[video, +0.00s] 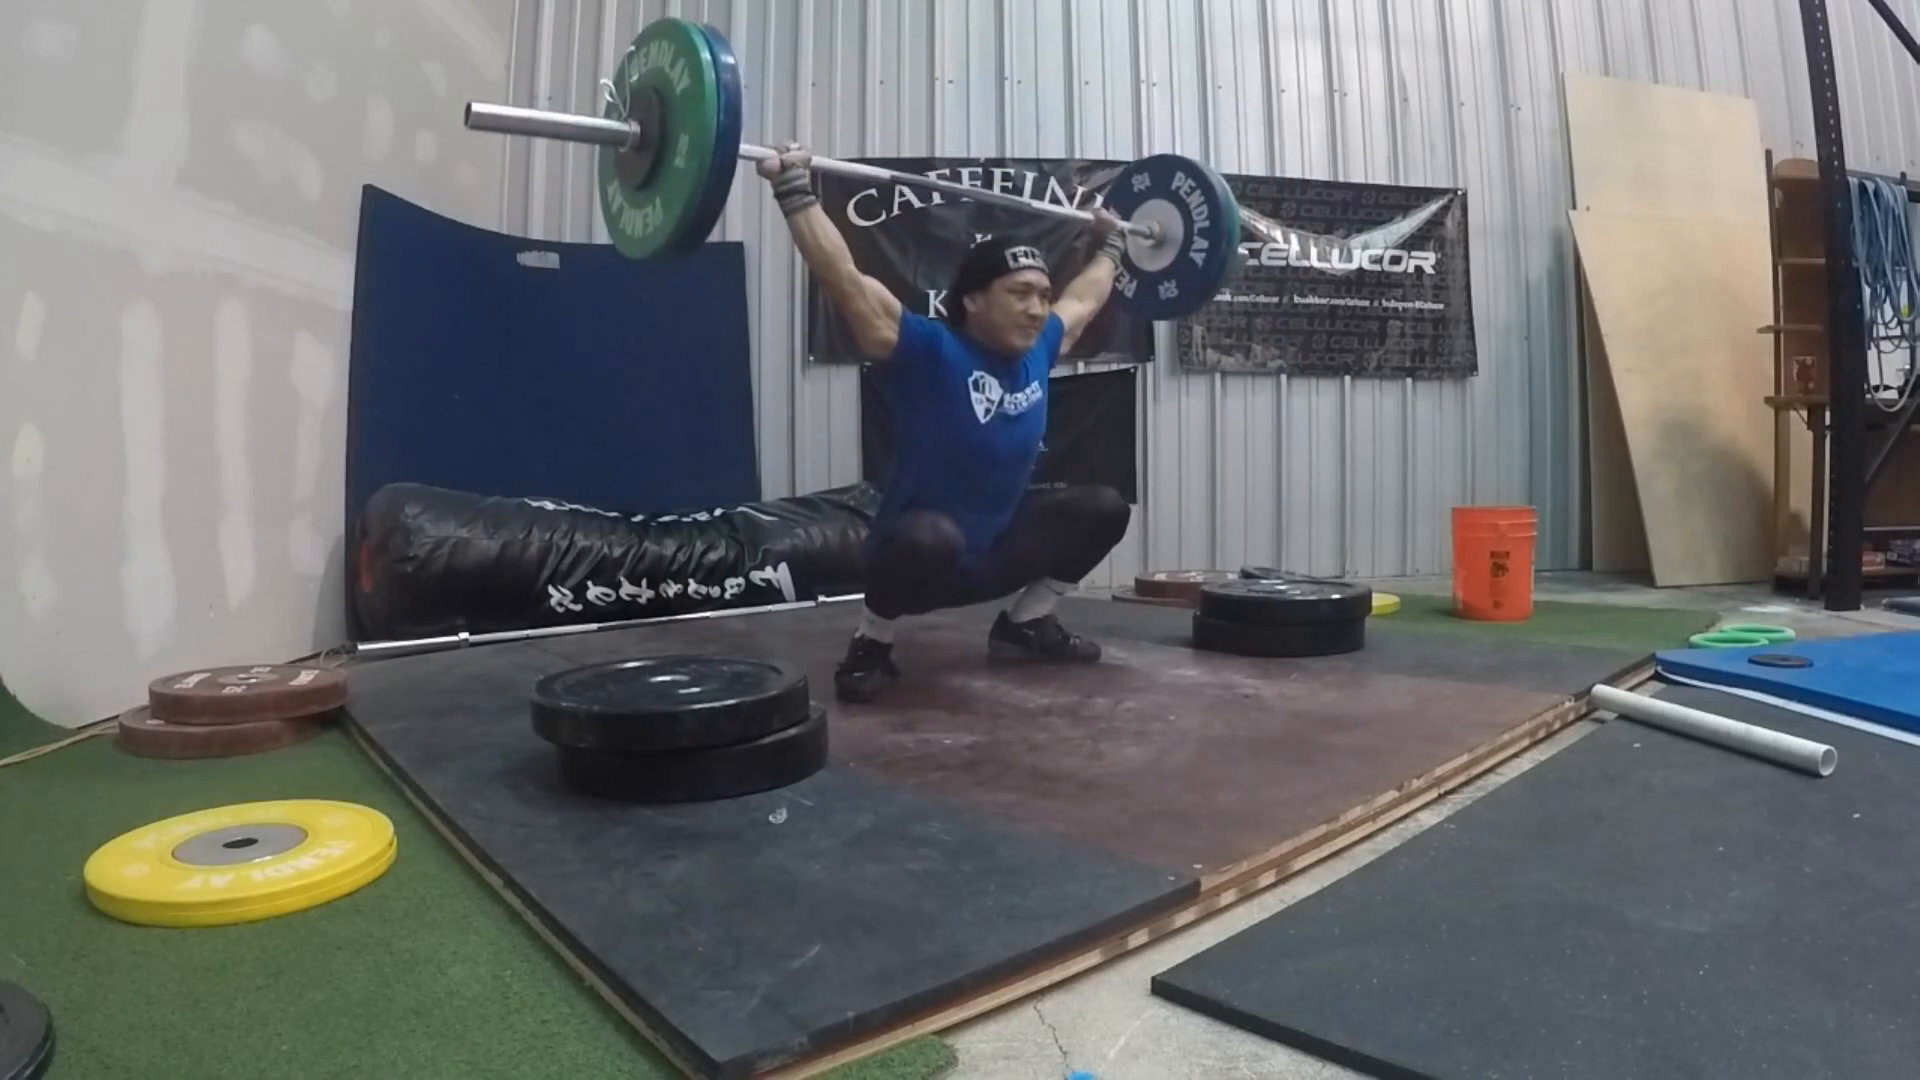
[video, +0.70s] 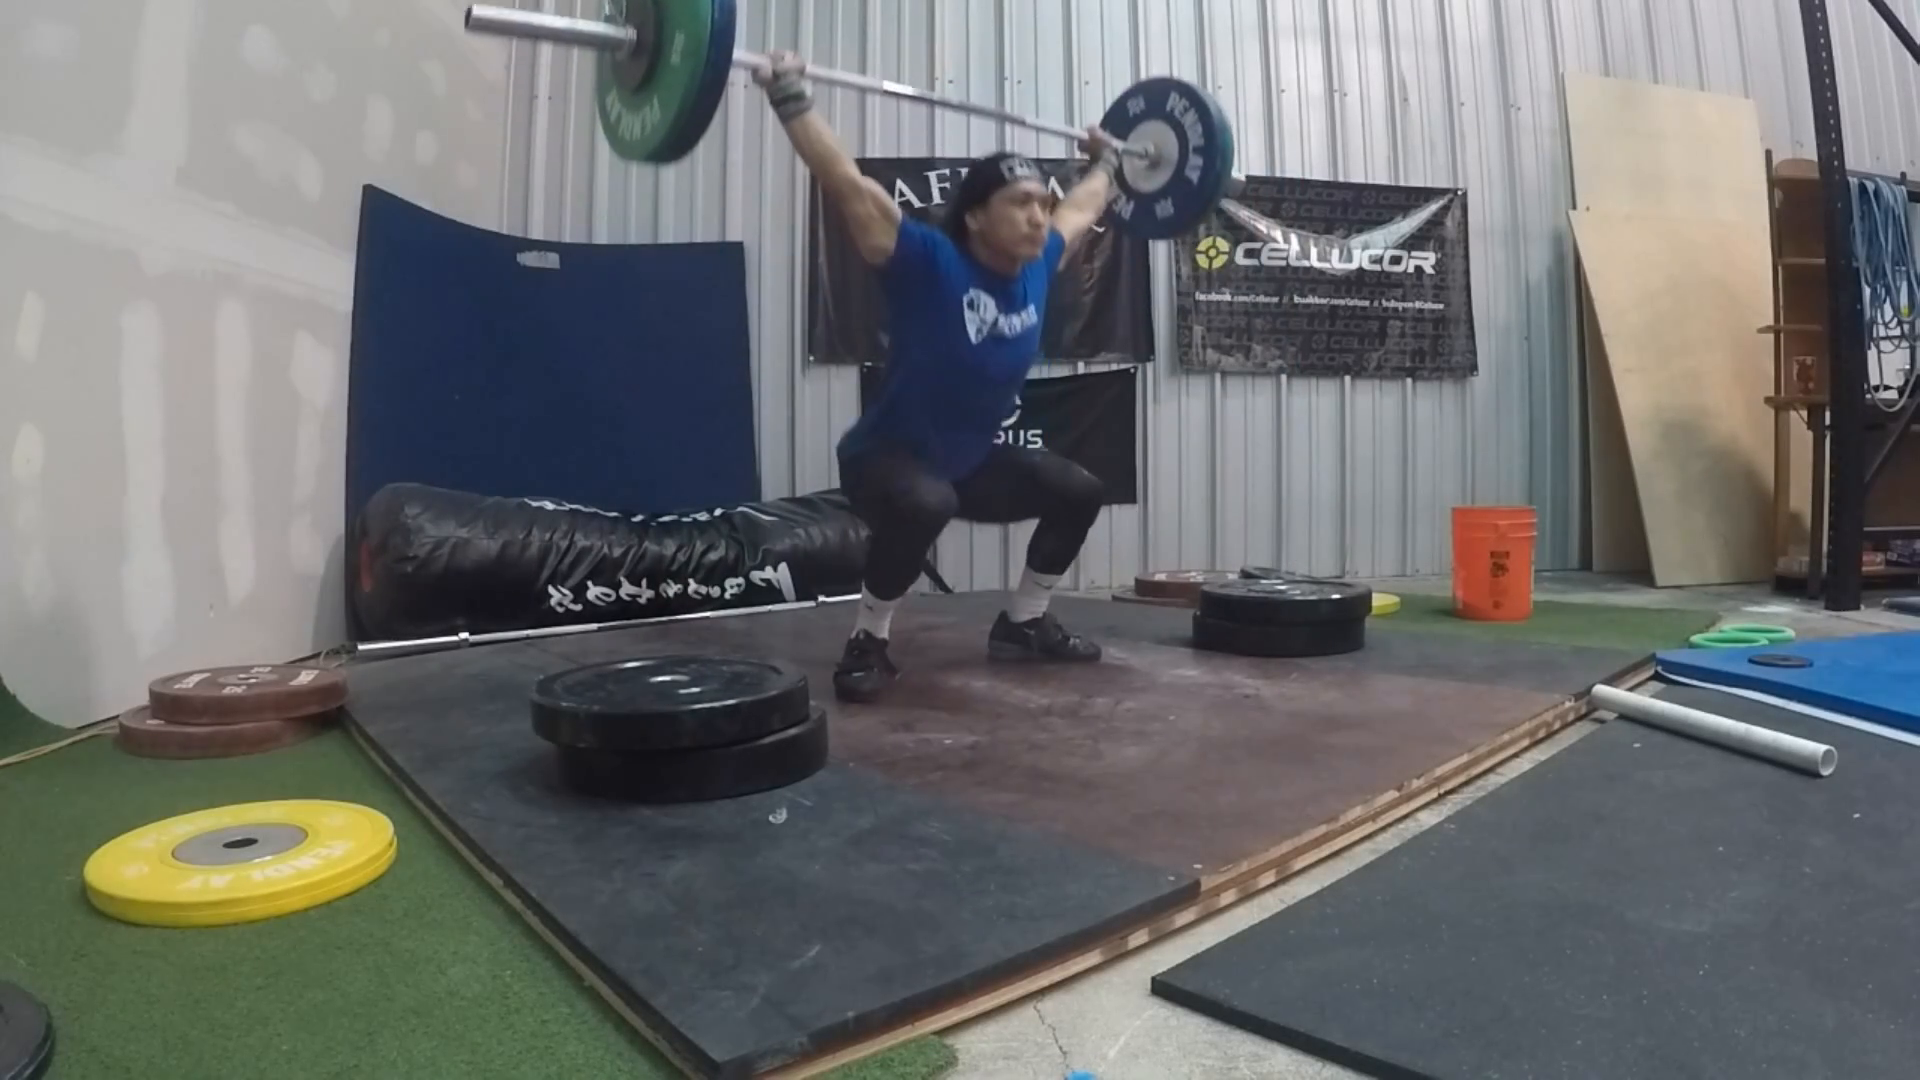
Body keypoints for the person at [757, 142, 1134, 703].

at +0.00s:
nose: (1037, 309)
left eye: (1042, 295)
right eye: (1020, 293)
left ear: (1048, 304)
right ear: (972, 303)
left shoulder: (1037, 348)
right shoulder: (923, 349)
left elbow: (1083, 300)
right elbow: (846, 282)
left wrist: (1111, 246)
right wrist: (795, 191)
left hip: (998, 548)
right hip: (919, 555)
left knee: (1104, 509)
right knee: (930, 535)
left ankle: (1025, 619)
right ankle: (871, 642)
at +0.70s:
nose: (1038, 218)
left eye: (1041, 207)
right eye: (1021, 204)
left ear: (1046, 219)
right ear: (976, 217)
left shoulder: (1037, 266)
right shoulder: (924, 261)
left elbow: (1079, 212)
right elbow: (853, 193)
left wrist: (1106, 165)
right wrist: (793, 104)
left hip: (972, 459)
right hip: (889, 456)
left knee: (1078, 491)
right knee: (924, 504)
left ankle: (1023, 619)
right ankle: (869, 638)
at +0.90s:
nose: (1027, 169)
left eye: (1030, 158)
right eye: (1010, 156)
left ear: (1030, 170)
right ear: (964, 167)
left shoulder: (1028, 218)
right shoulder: (914, 213)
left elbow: (1073, 172)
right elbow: (845, 141)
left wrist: (1103, 128)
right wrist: (788, 47)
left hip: (967, 422)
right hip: (881, 418)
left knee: (1069, 483)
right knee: (922, 495)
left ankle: (1021, 622)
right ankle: (865, 639)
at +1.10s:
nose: (1014, 112)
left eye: (1020, 102)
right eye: (999, 99)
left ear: (1020, 117)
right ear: (953, 111)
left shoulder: (1021, 172)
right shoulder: (910, 162)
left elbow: (1068, 125)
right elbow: (836, 77)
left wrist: (1101, 81)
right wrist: (785, 6)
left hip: (962, 387)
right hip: (881, 380)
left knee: (1057, 473)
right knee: (906, 479)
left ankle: (1022, 619)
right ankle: (863, 637)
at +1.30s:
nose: (1007, 53)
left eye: (1011, 43)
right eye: (990, 39)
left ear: (1012, 59)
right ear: (944, 51)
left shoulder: (1012, 119)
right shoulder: (901, 102)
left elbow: (1061, 75)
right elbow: (827, 21)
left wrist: (1094, 33)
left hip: (964, 351)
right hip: (882, 341)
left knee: (1032, 462)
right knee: (888, 469)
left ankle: (1020, 619)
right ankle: (863, 636)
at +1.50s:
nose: (1005, 14)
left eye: (1011, 5)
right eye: (989, 1)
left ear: (1012, 16)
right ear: (945, 10)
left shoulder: (1012, 77)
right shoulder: (905, 61)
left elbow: (1056, 37)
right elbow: (839, 7)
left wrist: (1095, 8)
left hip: (982, 318)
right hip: (901, 314)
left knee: (995, 465)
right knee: (890, 468)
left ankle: (991, 623)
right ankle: (864, 636)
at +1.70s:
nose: (1001, 17)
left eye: (1007, 8)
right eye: (985, 4)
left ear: (1006, 18)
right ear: (939, 11)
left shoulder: (1007, 78)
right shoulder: (896, 61)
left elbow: (1052, 39)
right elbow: (829, 8)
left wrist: (1092, 7)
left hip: (998, 312)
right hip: (918, 309)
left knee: (996, 465)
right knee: (901, 467)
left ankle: (992, 622)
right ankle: (867, 635)